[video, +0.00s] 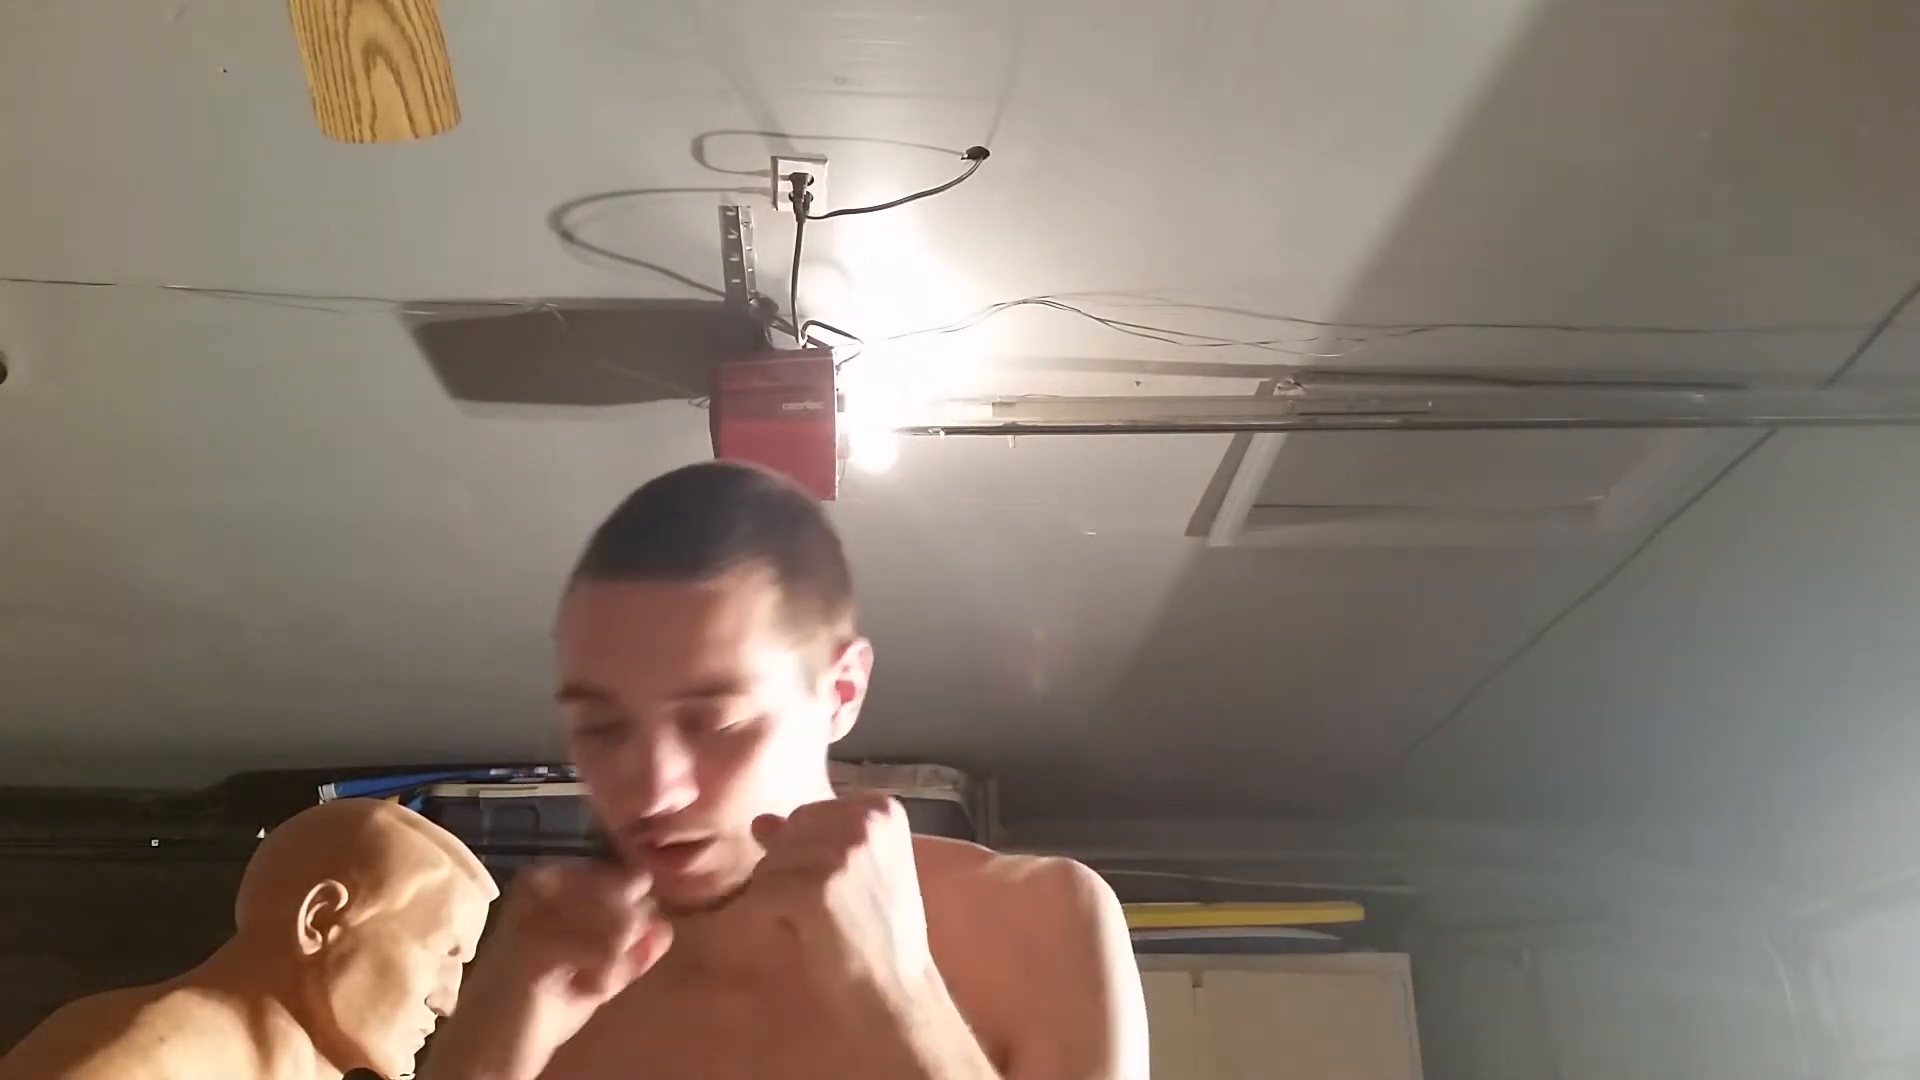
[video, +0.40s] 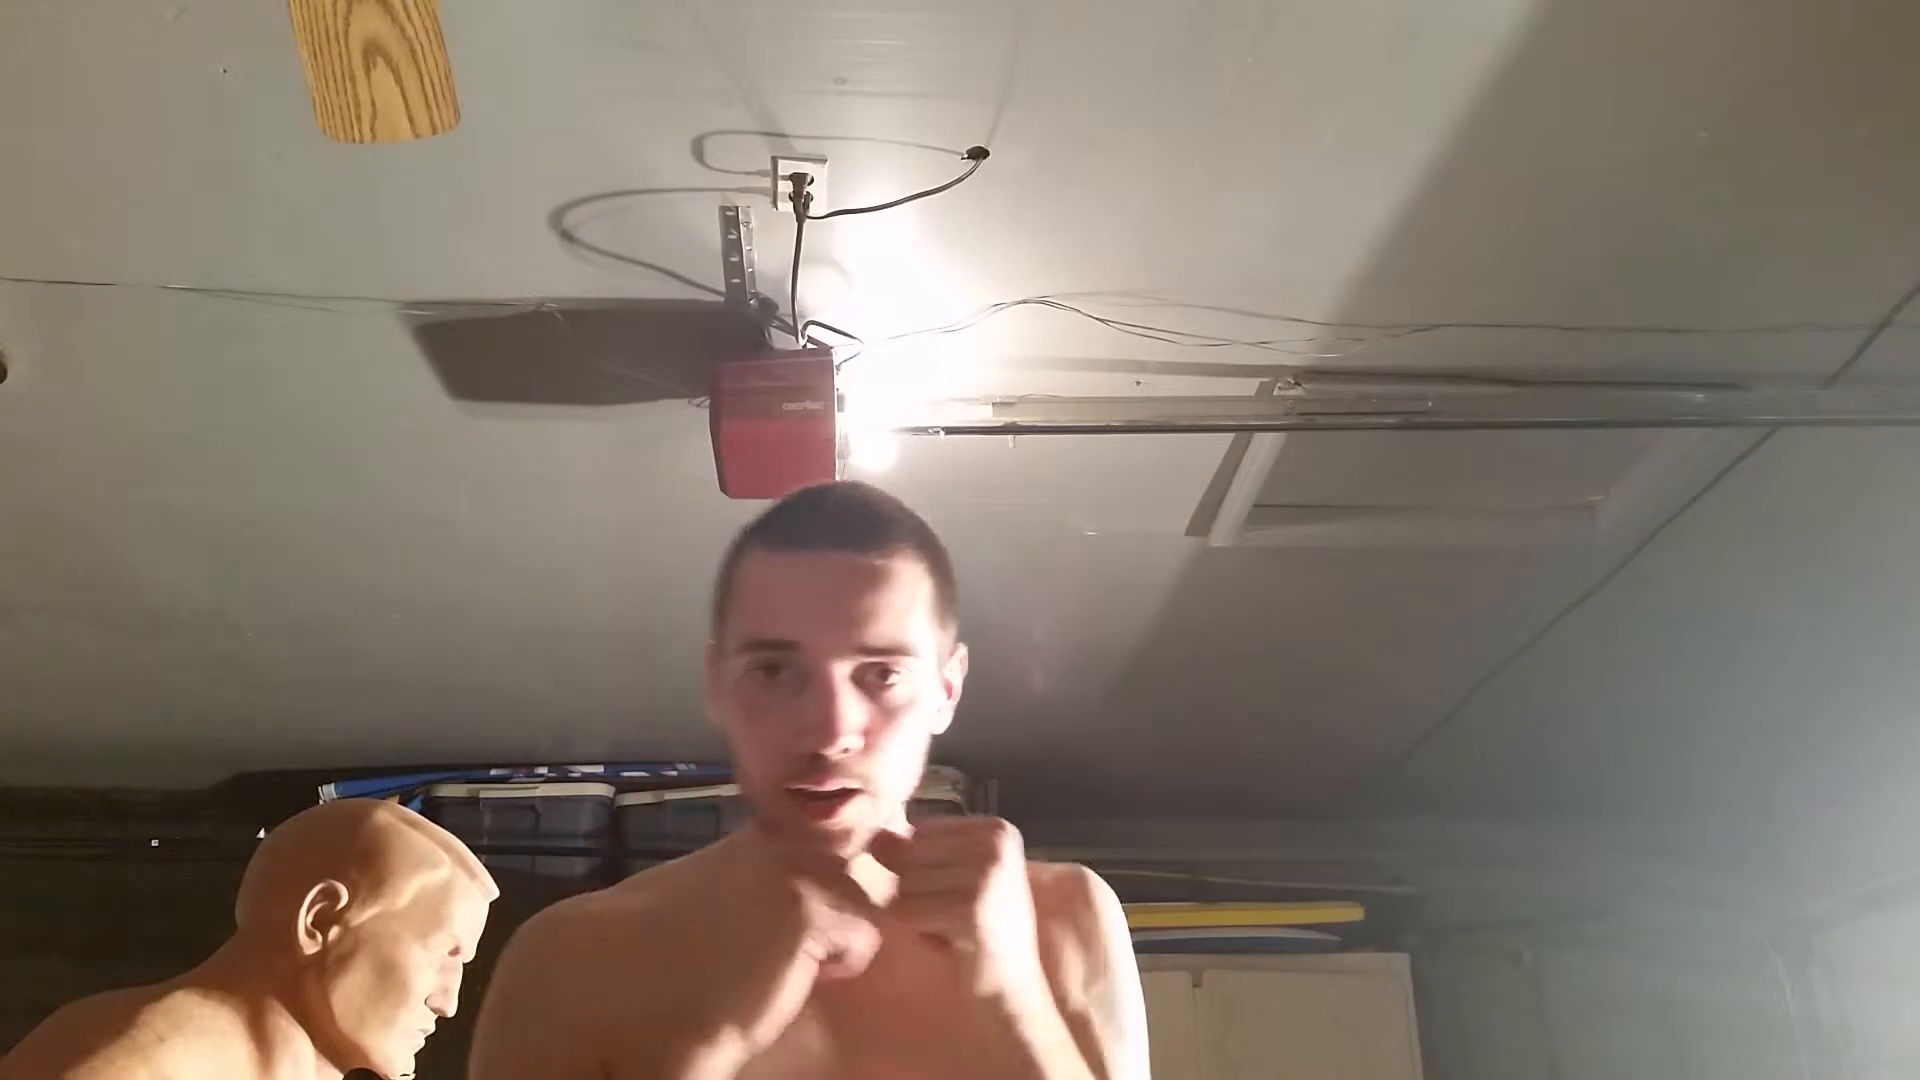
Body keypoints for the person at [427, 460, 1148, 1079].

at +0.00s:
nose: (651, 790)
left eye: (713, 719)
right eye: (597, 724)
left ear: (840, 691)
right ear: (560, 704)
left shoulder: (1040, 931)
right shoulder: (525, 956)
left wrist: (896, 997)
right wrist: (503, 1015)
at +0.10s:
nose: (703, 758)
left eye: (762, 693)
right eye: (649, 694)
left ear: (871, 681)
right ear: (611, 684)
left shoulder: (1044, 922)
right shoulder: (512, 989)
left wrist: (908, 990)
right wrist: (536, 1010)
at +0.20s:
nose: (748, 745)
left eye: (802, 681)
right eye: (691, 679)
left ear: (893, 678)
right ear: (641, 678)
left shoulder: (1050, 915)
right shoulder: (525, 971)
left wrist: (934, 969)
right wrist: (597, 996)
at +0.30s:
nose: (786, 736)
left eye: (839, 673)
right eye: (731, 671)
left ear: (920, 677)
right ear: (675, 678)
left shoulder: (1058, 920)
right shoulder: (533, 977)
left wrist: (974, 982)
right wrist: (646, 1014)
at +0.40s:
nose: (830, 732)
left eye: (877, 674)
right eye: (775, 670)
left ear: (947, 686)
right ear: (715, 680)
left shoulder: (1068, 930)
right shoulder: (563, 968)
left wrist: (1014, 998)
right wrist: (705, 1037)